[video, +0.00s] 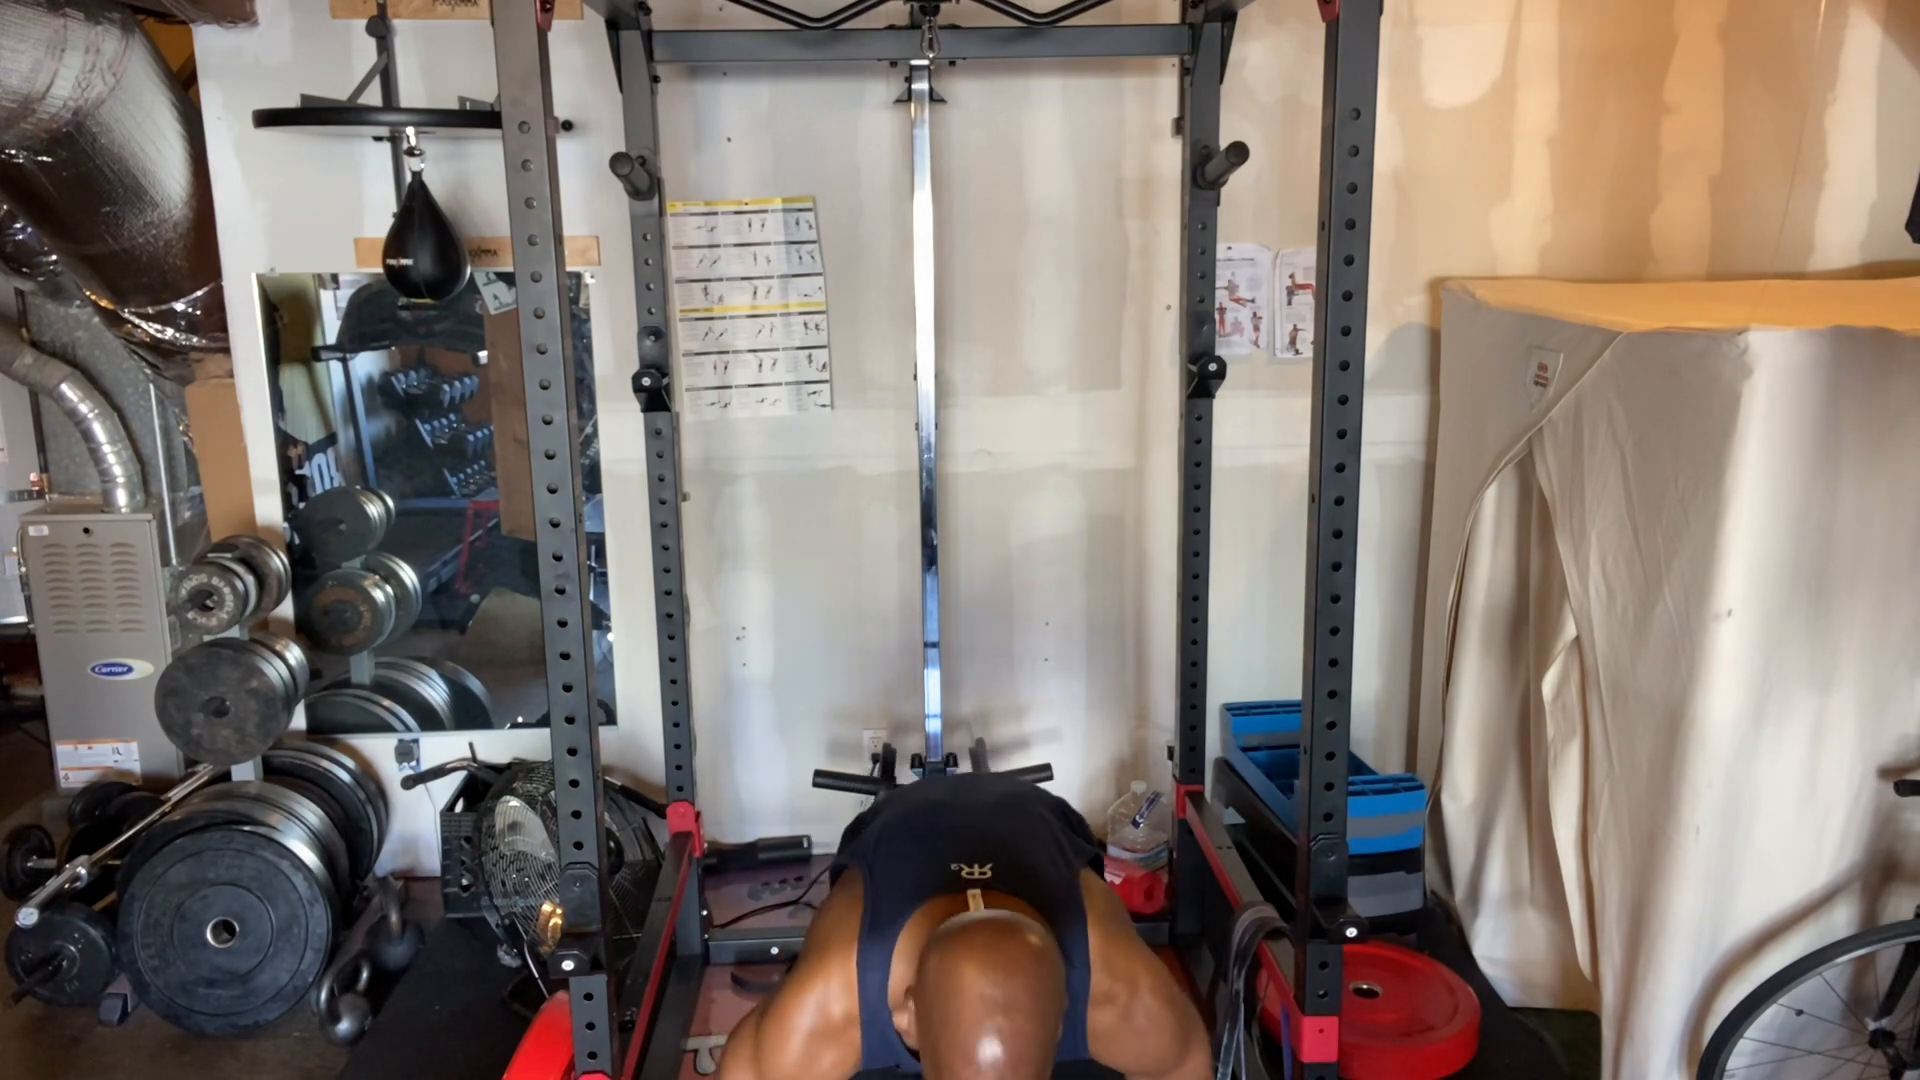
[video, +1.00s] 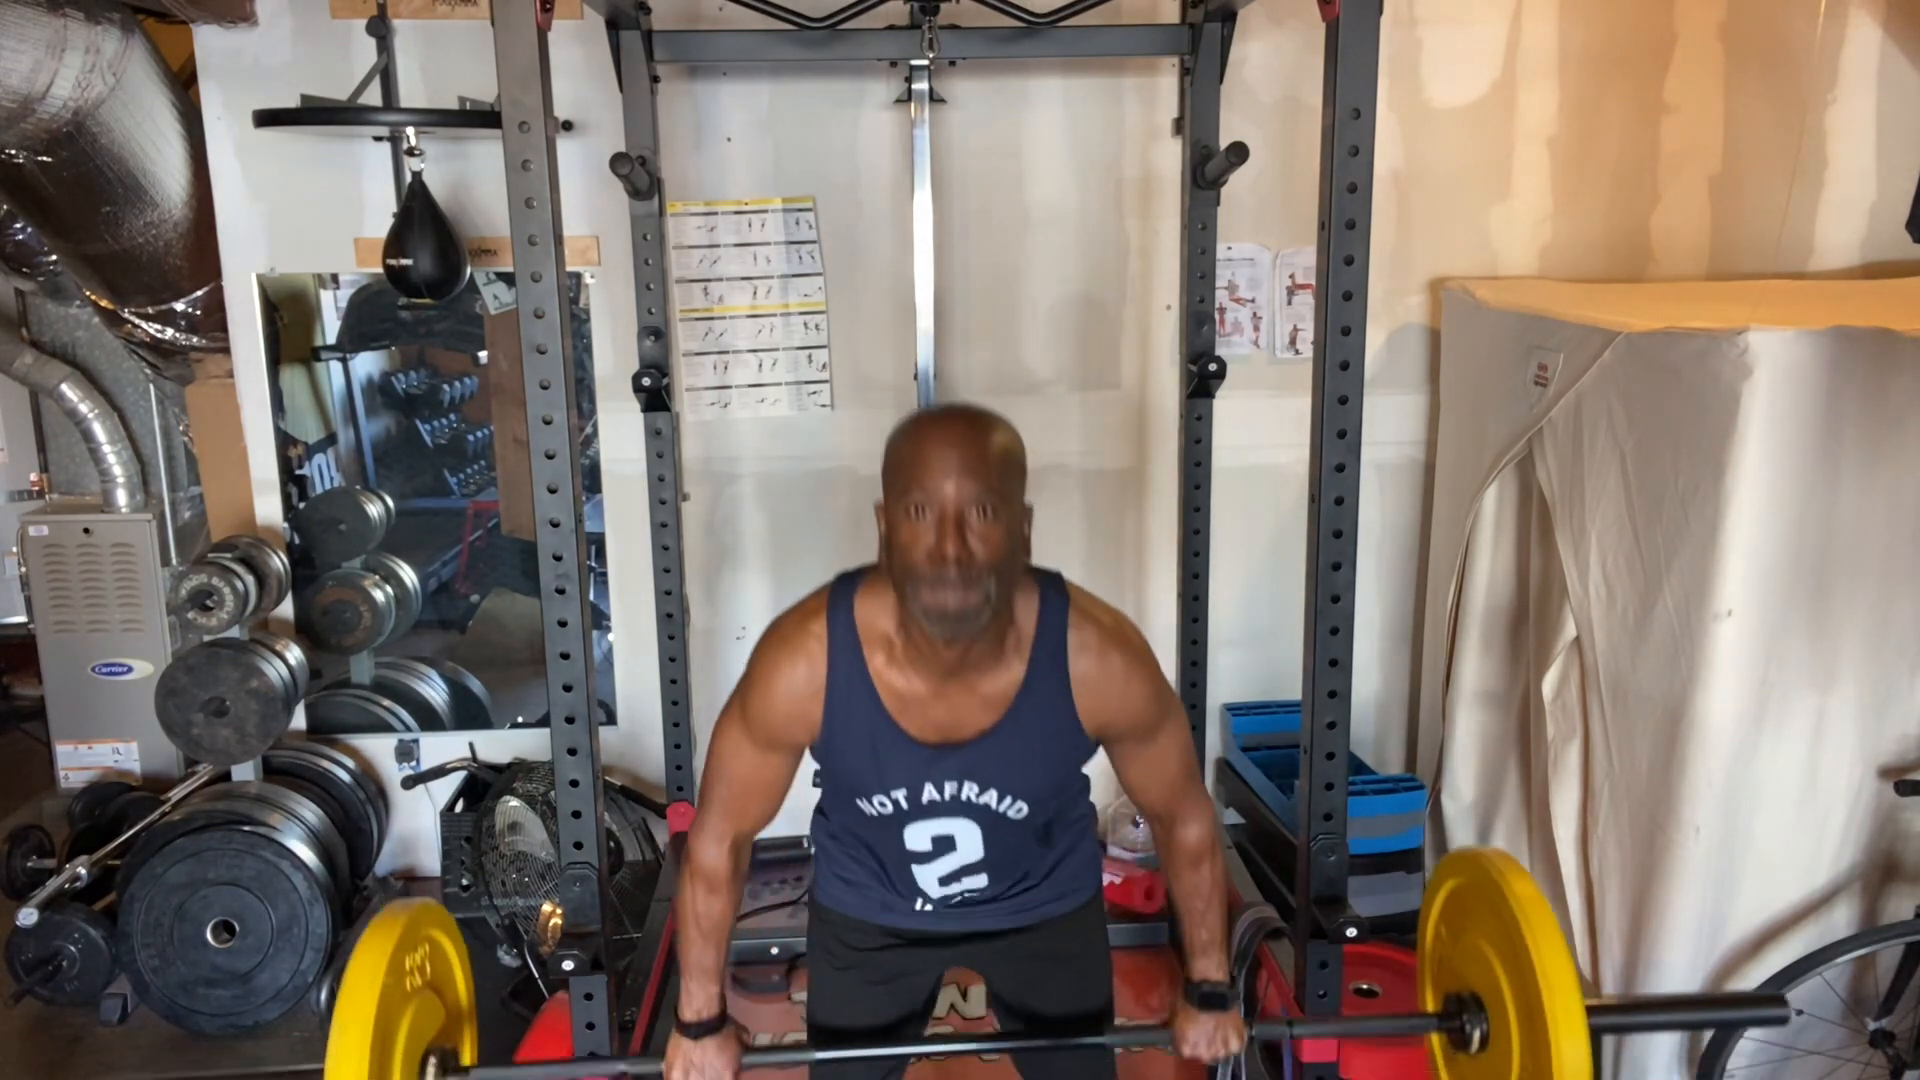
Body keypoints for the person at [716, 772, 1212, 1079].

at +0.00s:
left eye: (1018, 1072)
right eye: (956, 1073)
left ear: (1061, 1023)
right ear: (910, 1018)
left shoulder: (1151, 1028)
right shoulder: (805, 1032)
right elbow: (734, 1064)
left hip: (1043, 813)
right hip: (889, 822)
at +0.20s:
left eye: (1012, 1069)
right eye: (949, 1067)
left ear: (1054, 1014)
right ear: (906, 1011)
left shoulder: (1138, 1016)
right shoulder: (801, 1029)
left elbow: (1194, 1074)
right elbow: (722, 1073)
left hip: (1033, 826)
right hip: (886, 833)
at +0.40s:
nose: (962, 1036)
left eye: (995, 1000)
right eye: (931, 996)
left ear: (1040, 949)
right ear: (887, 945)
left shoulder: (1124, 970)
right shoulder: (795, 977)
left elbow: (1171, 1070)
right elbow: (736, 1070)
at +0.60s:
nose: (961, 935)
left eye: (994, 896)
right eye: (929, 893)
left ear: (1042, 857)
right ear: (891, 860)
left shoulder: (1112, 877)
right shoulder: (800, 879)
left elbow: (1192, 1014)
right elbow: (718, 1039)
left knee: (1059, 1068)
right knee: (848, 1068)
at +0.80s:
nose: (967, 736)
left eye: (998, 698)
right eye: (936, 696)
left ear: (1040, 680)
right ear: (898, 676)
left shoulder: (1109, 757)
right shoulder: (806, 760)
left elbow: (1194, 905)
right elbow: (720, 930)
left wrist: (1214, 1059)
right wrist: (702, 1070)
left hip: (1042, 907)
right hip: (871, 909)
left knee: (1072, 1066)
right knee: (849, 1068)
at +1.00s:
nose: (949, 545)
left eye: (980, 514)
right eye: (920, 513)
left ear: (1025, 528)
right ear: (883, 524)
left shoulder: (1099, 657)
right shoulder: (804, 658)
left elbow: (1184, 816)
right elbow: (716, 842)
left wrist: (1212, 986)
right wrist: (701, 1018)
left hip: (1044, 914)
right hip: (871, 918)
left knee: (1075, 1067)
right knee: (848, 1073)